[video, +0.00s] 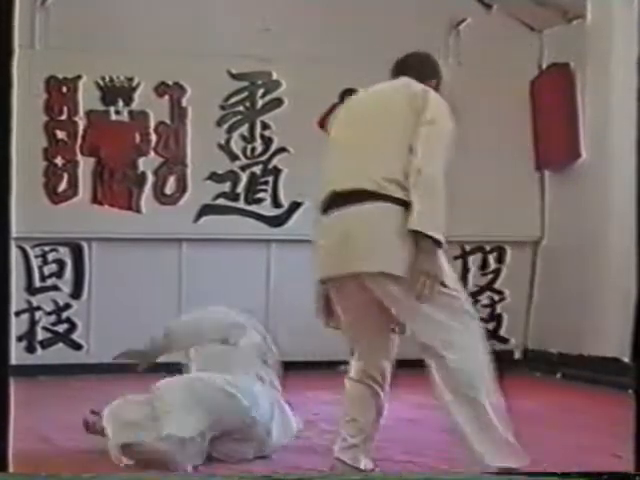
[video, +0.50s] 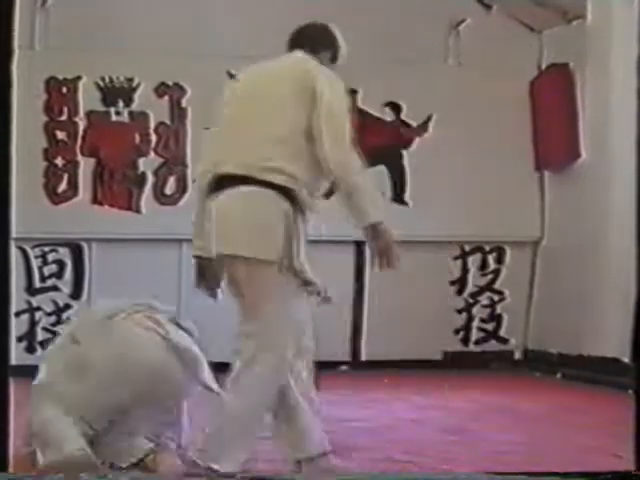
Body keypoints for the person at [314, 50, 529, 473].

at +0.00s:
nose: (437, 95)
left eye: (436, 89)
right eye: (438, 89)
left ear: (393, 75)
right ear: (431, 84)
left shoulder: (348, 107)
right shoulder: (428, 99)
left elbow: (330, 195)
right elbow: (427, 171)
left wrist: (328, 278)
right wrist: (428, 244)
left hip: (334, 238)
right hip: (388, 231)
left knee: (371, 350)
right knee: (458, 336)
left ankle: (350, 456)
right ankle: (500, 456)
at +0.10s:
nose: (421, 94)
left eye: (420, 88)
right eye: (421, 87)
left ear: (377, 73)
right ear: (414, 81)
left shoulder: (331, 105)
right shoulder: (412, 96)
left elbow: (306, 194)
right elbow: (416, 170)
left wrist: (300, 275)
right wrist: (425, 247)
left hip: (317, 232)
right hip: (371, 228)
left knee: (359, 355)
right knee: (436, 337)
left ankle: (348, 456)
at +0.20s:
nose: (396, 83)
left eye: (394, 77)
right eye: (395, 76)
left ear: (350, 65)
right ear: (387, 70)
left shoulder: (307, 101)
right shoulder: (384, 86)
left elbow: (280, 188)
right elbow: (400, 164)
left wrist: (263, 265)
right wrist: (426, 240)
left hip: (298, 230)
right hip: (346, 225)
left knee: (336, 352)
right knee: (379, 346)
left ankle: (350, 453)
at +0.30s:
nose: (379, 77)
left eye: (377, 71)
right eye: (377, 70)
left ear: (332, 59)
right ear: (367, 63)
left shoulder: (288, 95)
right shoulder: (366, 80)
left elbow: (259, 181)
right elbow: (387, 154)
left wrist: (242, 257)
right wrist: (423, 227)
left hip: (281, 220)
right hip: (326, 216)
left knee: (330, 350)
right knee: (336, 353)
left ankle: (344, 455)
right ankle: (249, 437)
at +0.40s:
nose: (352, 71)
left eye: (352, 65)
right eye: (352, 64)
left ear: (309, 48)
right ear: (344, 55)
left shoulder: (263, 81)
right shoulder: (341, 74)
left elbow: (232, 169)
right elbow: (361, 152)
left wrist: (218, 249)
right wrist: (399, 218)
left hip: (245, 209)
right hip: (290, 209)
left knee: (308, 341)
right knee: (300, 340)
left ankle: (328, 456)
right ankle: (213, 447)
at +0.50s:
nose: (334, 71)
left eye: (335, 66)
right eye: (335, 65)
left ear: (293, 47)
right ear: (326, 55)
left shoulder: (244, 81)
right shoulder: (321, 78)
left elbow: (209, 165)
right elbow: (338, 156)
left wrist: (204, 248)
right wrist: (374, 224)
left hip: (222, 209)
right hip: (265, 210)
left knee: (288, 337)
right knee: (268, 344)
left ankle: (307, 451)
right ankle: (218, 459)